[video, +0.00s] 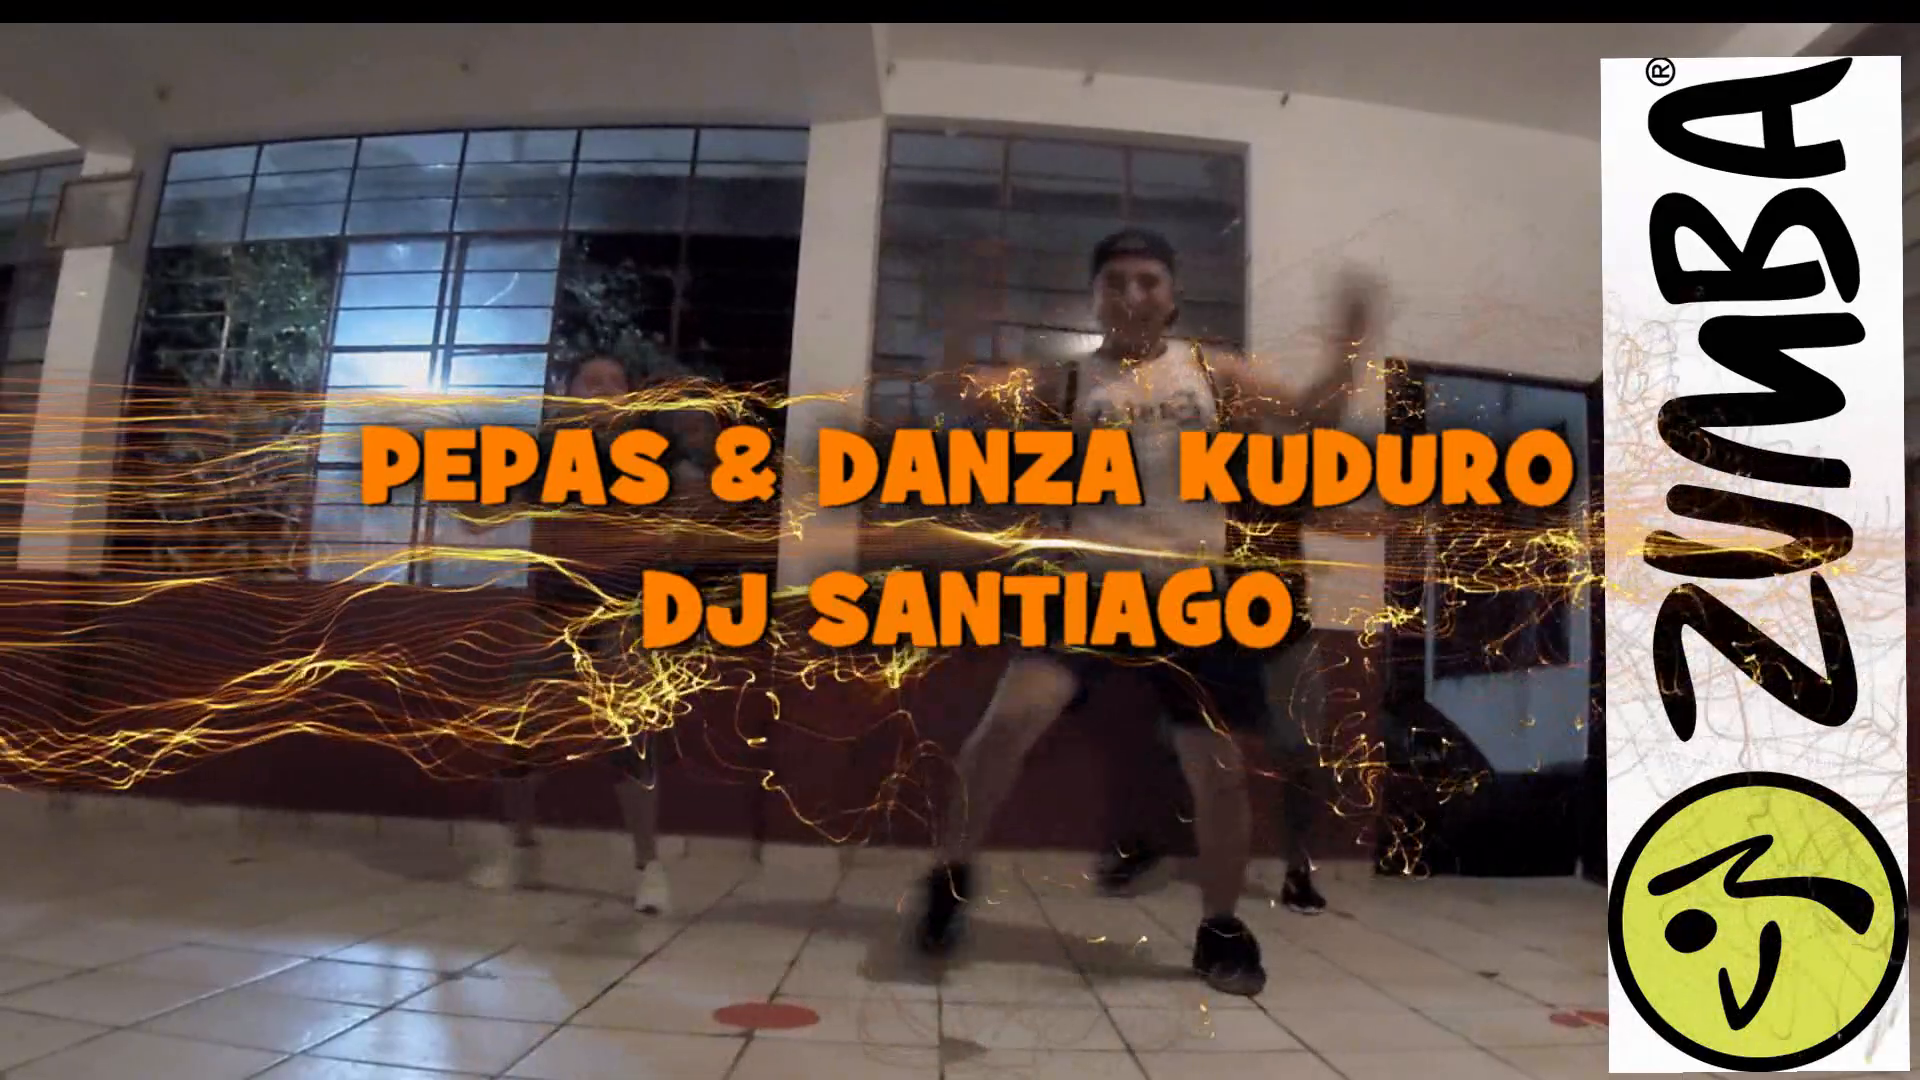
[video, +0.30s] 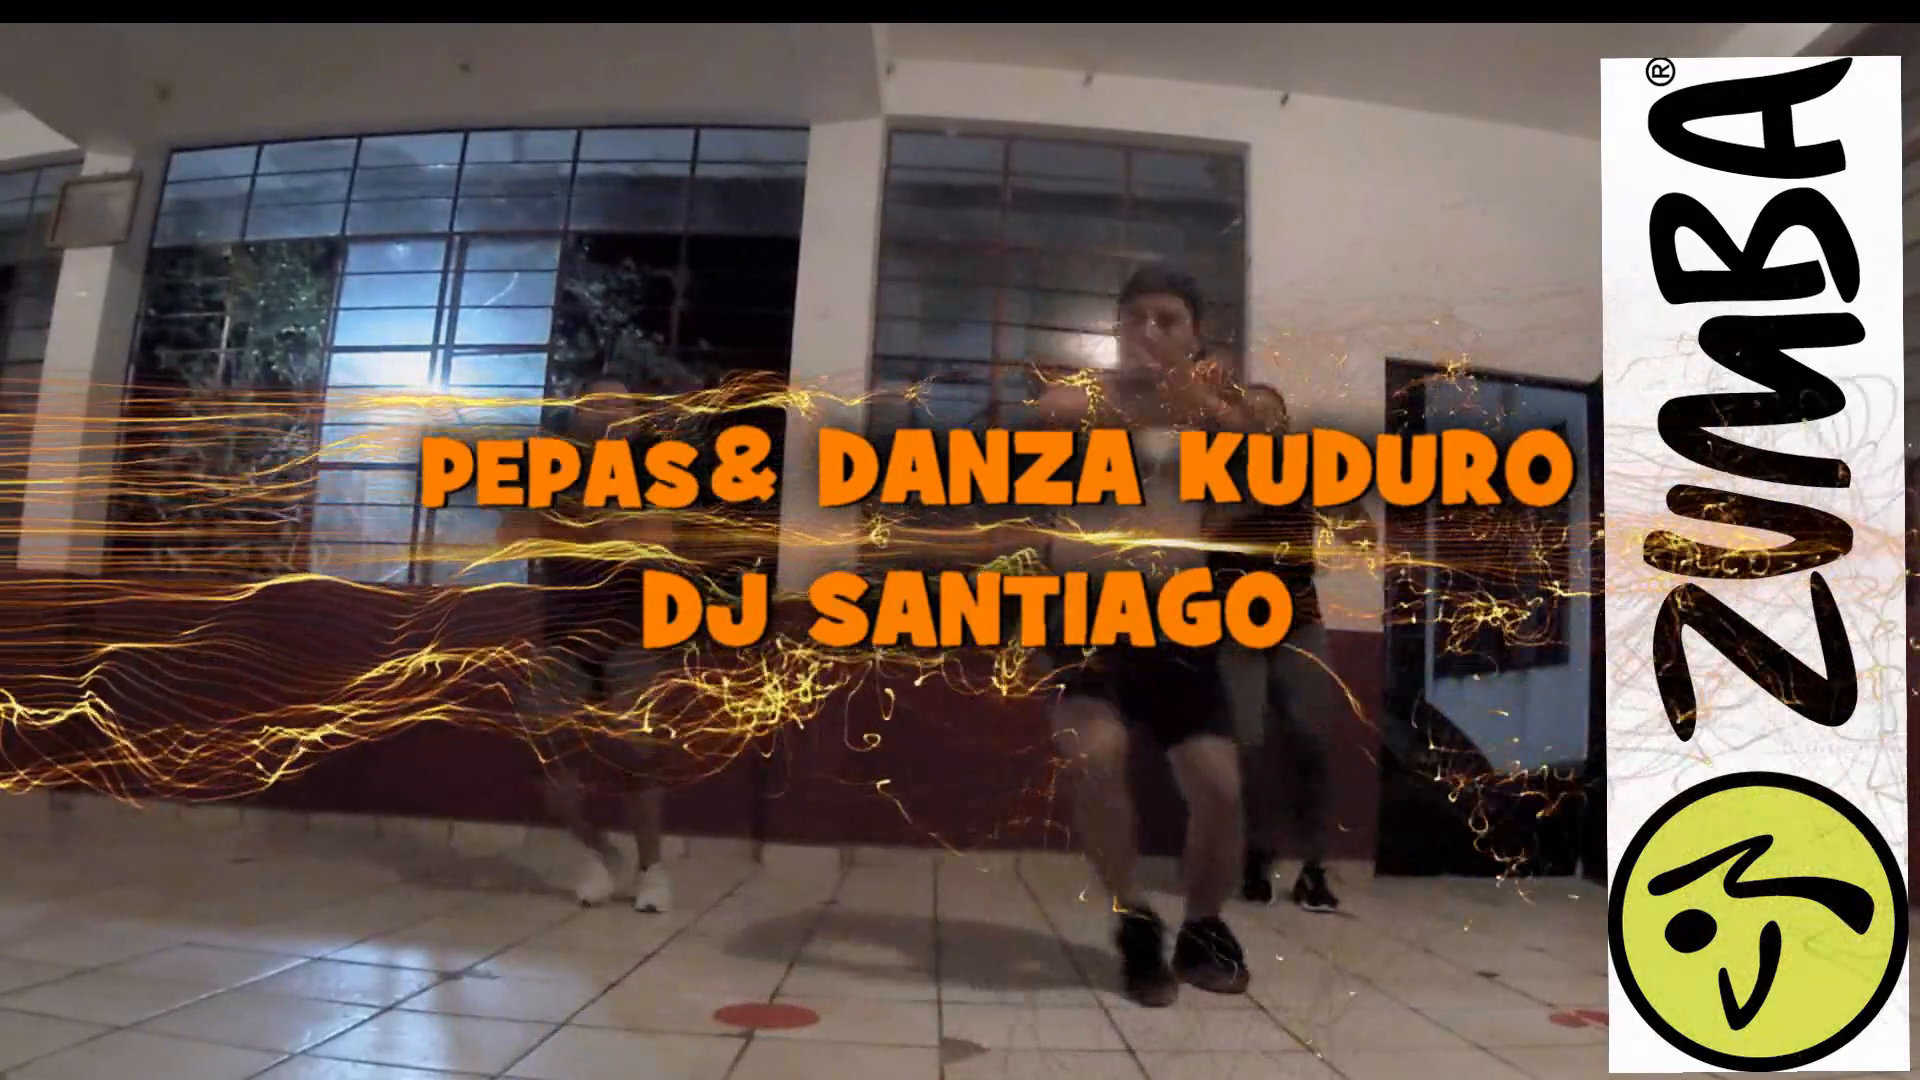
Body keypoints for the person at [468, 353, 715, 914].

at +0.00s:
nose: (601, 399)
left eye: (611, 389)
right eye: (591, 389)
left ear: (629, 396)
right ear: (572, 396)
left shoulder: (650, 455)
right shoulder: (553, 448)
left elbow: (685, 518)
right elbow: (484, 511)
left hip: (626, 612)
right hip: (554, 610)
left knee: (633, 740)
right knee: (520, 731)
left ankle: (649, 867)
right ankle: (515, 850)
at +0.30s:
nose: (606, 416)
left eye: (616, 407)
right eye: (596, 407)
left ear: (635, 412)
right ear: (577, 412)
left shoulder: (654, 465)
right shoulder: (553, 465)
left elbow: (663, 539)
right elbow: (513, 537)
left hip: (633, 626)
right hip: (565, 625)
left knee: (638, 748)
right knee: (556, 755)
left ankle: (652, 867)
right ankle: (601, 857)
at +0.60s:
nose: (527, 400)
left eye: (538, 389)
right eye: (518, 390)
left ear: (562, 395)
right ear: (505, 397)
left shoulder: (586, 454)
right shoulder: (483, 453)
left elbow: (647, 501)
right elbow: (413, 487)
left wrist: (698, 472)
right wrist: (366, 439)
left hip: (549, 613)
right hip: (474, 609)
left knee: (586, 734)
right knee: (413, 711)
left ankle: (636, 863)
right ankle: (369, 842)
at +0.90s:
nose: (455, 398)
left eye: (466, 390)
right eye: (445, 388)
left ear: (479, 400)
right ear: (424, 397)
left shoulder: (494, 464)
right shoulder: (394, 461)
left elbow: (549, 510)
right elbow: (327, 504)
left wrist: (559, 468)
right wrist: (303, 473)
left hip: (463, 605)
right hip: (399, 603)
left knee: (462, 713)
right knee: (372, 716)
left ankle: (475, 832)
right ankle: (364, 844)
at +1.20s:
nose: (434, 429)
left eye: (446, 421)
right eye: (430, 418)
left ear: (463, 423)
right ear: (417, 417)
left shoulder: (479, 470)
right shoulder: (393, 463)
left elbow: (460, 520)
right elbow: (358, 523)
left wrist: (413, 472)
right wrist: (391, 464)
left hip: (454, 616)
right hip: (394, 613)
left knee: (424, 721)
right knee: (354, 723)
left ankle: (418, 830)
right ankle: (367, 851)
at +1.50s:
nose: (507, 402)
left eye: (516, 393)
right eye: (498, 392)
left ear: (531, 399)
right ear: (479, 399)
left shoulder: (549, 454)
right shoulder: (456, 462)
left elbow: (610, 489)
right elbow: (380, 489)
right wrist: (347, 448)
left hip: (533, 603)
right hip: (463, 603)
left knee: (569, 715)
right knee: (416, 718)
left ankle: (631, 840)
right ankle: (372, 840)